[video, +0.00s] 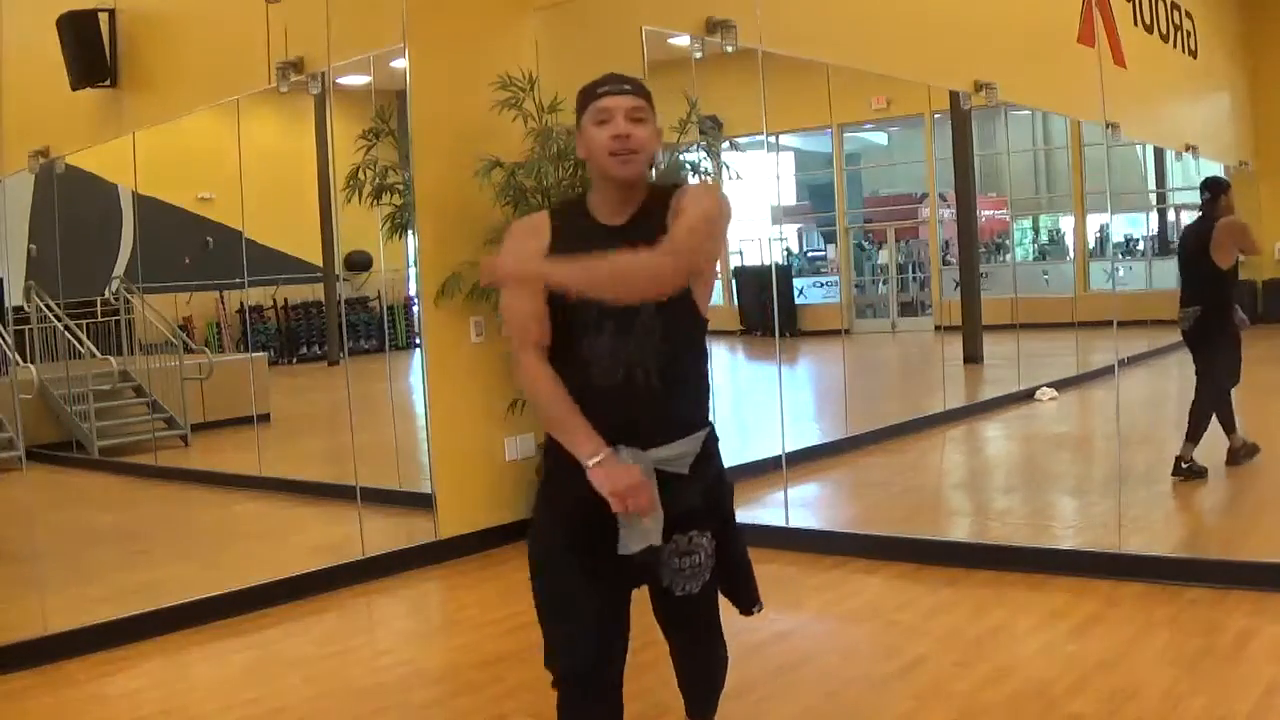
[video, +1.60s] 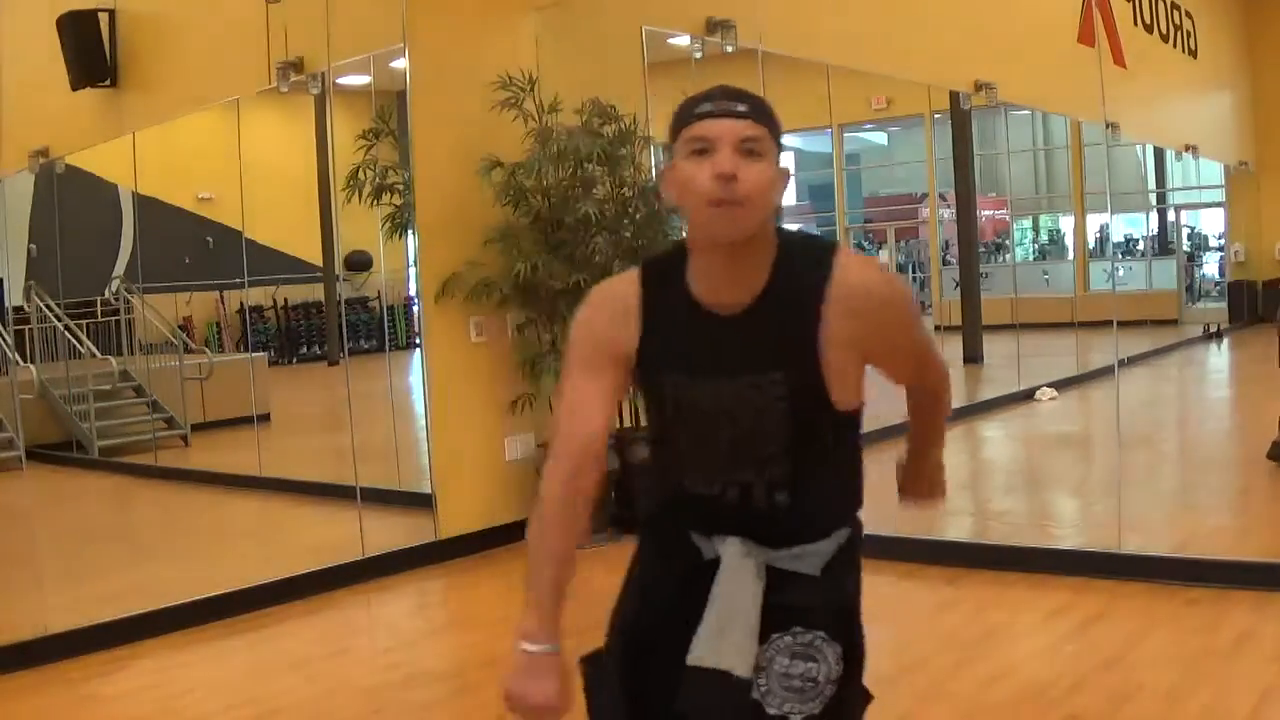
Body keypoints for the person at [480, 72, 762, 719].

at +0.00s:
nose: (623, 131)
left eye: (638, 118)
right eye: (604, 120)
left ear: (657, 138)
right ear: (580, 142)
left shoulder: (697, 203)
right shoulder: (533, 234)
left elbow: (666, 273)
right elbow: (528, 357)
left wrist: (535, 270)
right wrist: (599, 457)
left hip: (682, 466)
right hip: (576, 472)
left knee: (697, 639)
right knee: (585, 677)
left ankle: (701, 712)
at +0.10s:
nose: (587, 126)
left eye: (601, 113)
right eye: (568, 116)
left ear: (626, 132)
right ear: (547, 140)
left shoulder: (679, 220)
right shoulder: (508, 240)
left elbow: (665, 354)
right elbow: (498, 369)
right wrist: (550, 467)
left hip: (660, 473)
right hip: (554, 477)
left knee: (683, 646)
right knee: (565, 680)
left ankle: (696, 711)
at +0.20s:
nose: (557, 133)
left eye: (574, 118)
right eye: (538, 122)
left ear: (602, 139)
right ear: (519, 149)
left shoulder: (656, 235)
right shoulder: (490, 255)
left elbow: (695, 380)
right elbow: (473, 392)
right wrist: (490, 504)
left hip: (653, 484)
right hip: (545, 487)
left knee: (672, 680)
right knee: (554, 693)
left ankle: (690, 710)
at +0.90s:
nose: (536, 205)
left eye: (560, 181)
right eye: (509, 185)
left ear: (598, 197)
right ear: (482, 208)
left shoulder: (689, 312)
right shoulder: (443, 330)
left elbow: (739, 479)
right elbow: (450, 475)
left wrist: (748, 623)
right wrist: (482, 585)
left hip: (665, 575)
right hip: (533, 577)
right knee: (533, 706)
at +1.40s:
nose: (625, 187)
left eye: (652, 163)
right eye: (598, 165)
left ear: (694, 182)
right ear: (570, 192)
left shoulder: (777, 307)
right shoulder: (527, 307)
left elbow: (854, 466)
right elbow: (521, 452)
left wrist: (869, 602)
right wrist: (539, 576)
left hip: (736, 581)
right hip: (600, 573)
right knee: (572, 703)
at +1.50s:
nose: (673, 176)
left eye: (700, 155)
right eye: (648, 155)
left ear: (736, 181)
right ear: (616, 184)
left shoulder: (810, 299)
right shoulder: (571, 300)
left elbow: (905, 428)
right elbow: (535, 455)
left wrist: (918, 547)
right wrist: (527, 599)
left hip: (763, 577)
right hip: (634, 568)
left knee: (759, 706)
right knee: (594, 700)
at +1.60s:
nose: (725, 168)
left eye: (751, 151)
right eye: (700, 150)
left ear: (782, 181)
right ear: (669, 183)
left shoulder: (855, 292)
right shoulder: (619, 309)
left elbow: (928, 380)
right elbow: (572, 471)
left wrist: (924, 464)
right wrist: (538, 638)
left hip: (804, 576)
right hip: (675, 571)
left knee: (797, 705)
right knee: (636, 701)